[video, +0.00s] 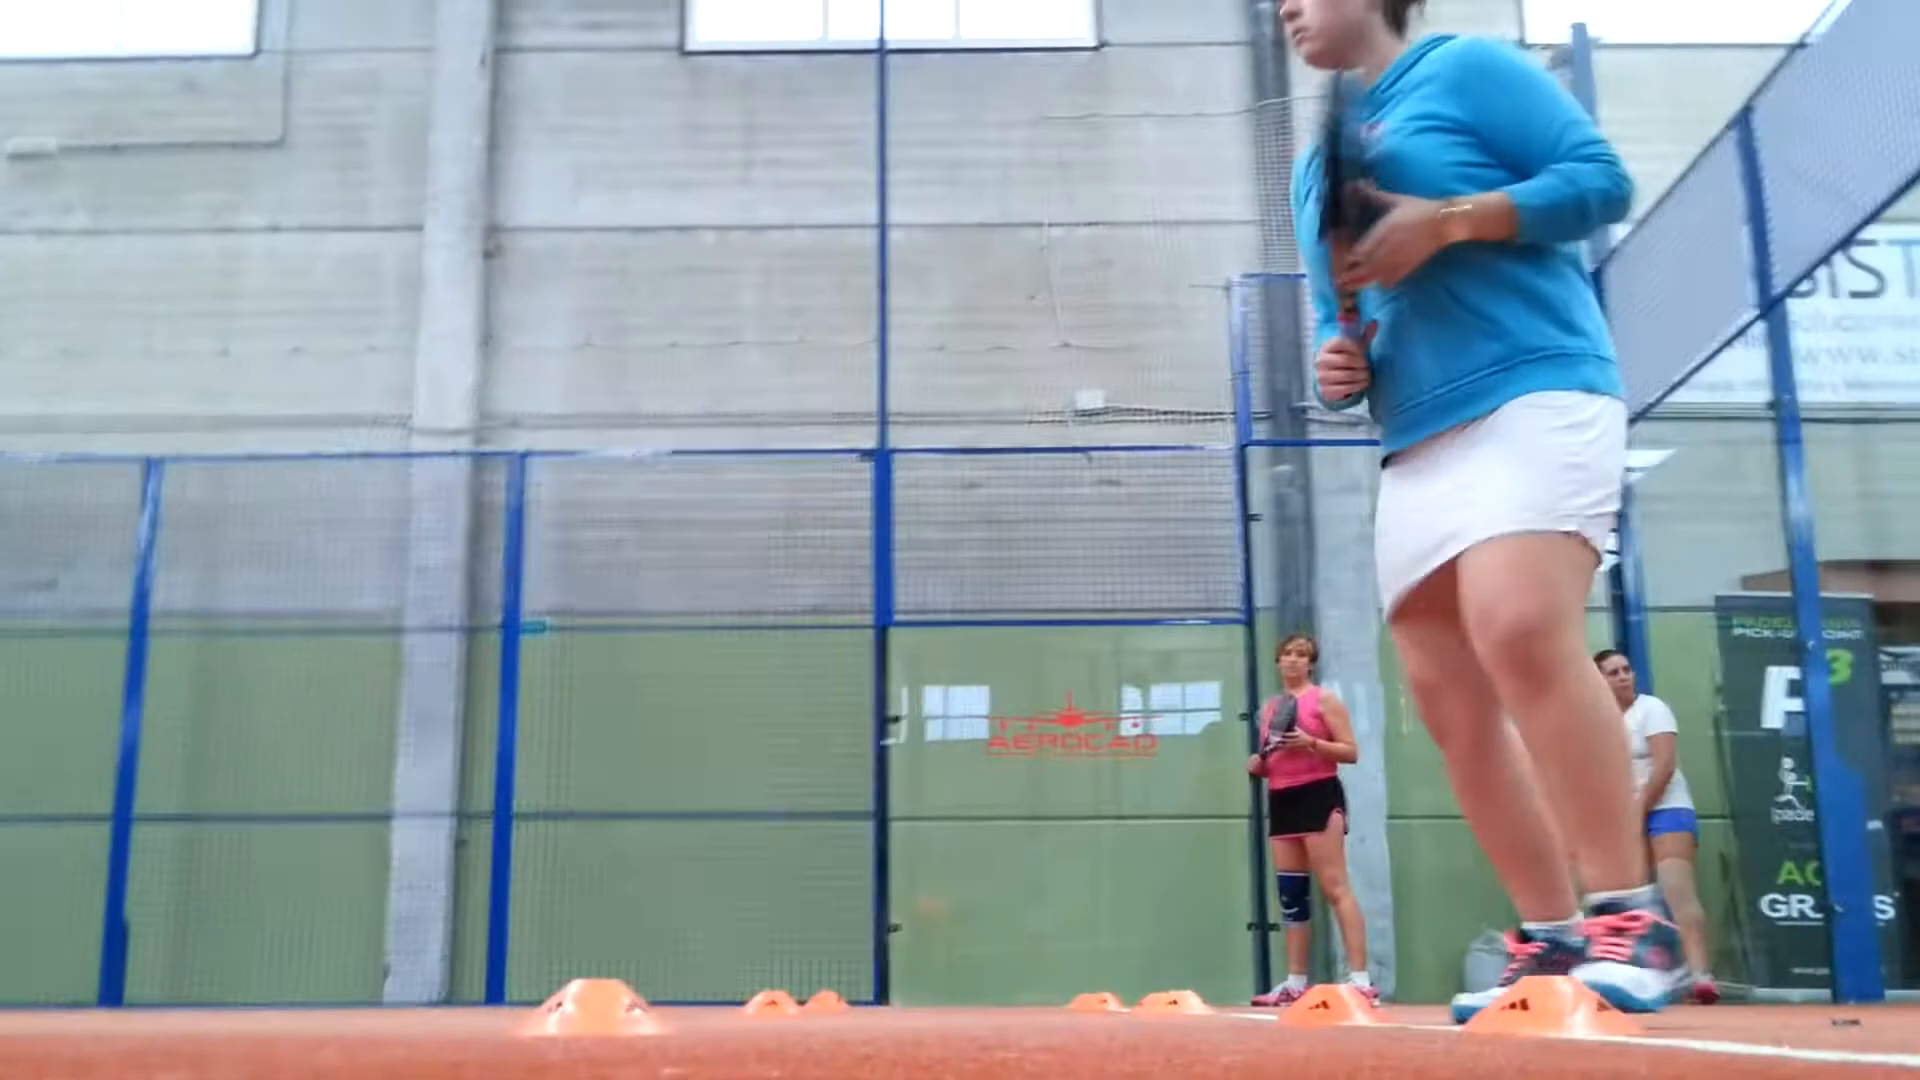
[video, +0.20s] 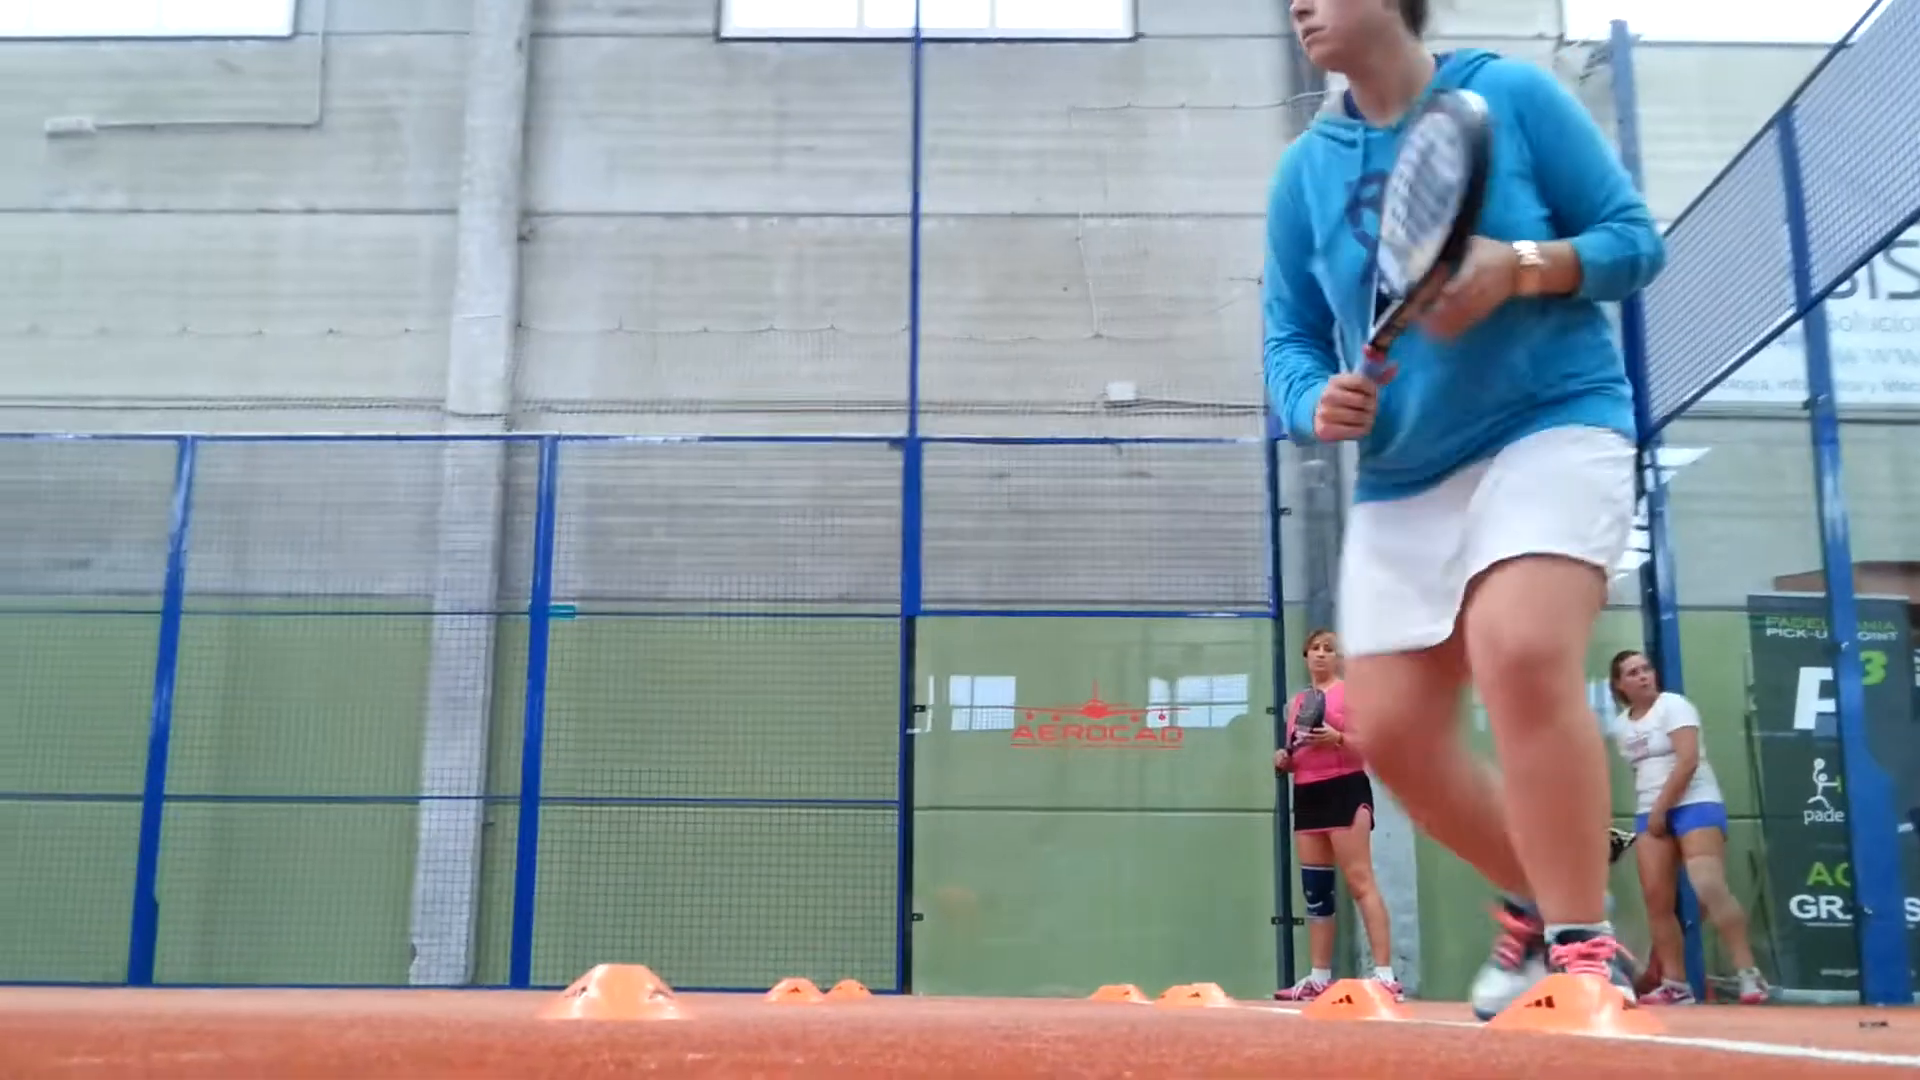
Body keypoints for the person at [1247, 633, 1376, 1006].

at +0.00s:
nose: (1294, 660)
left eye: (1301, 655)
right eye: (1288, 654)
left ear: (1312, 663)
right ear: (1278, 661)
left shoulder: (1325, 700)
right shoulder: (1270, 708)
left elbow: (1350, 751)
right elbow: (1270, 758)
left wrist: (1311, 743)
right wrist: (1259, 762)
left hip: (1318, 792)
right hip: (1281, 795)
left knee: (1335, 888)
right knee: (1292, 896)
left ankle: (1360, 978)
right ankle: (1296, 982)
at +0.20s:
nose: (1320, 654)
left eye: (1328, 649)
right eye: (1315, 649)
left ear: (1339, 658)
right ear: (1305, 657)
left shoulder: (1351, 694)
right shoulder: (1297, 702)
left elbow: (1368, 745)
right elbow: (1294, 752)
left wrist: (1338, 738)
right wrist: (1284, 758)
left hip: (1346, 786)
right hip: (1306, 789)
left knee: (1360, 883)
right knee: (1316, 891)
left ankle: (1385, 974)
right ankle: (1320, 977)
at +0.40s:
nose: (1318, 663)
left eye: (1326, 658)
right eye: (1313, 657)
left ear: (1337, 667)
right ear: (1304, 665)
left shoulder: (1350, 703)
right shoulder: (1295, 711)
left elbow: (1375, 756)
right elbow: (1290, 758)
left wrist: (1337, 746)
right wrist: (1282, 767)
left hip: (1344, 799)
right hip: (1305, 801)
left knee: (1359, 893)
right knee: (1315, 901)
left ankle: (1384, 984)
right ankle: (1319, 987)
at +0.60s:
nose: (1318, 664)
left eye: (1326, 658)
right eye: (1312, 658)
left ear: (1338, 665)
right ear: (1303, 665)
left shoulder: (1351, 702)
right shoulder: (1296, 710)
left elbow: (1376, 755)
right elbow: (1293, 763)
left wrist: (1337, 747)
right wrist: (1283, 769)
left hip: (1344, 800)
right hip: (1306, 802)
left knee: (1359, 893)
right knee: (1316, 901)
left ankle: (1384, 985)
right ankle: (1319, 987)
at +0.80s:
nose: (1305, 686)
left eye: (1312, 680)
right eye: (1300, 680)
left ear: (1323, 688)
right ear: (1290, 687)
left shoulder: (1337, 724)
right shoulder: (1282, 732)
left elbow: (1361, 777)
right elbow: (1278, 777)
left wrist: (1320, 769)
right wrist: (1270, 788)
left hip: (1330, 819)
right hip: (1292, 821)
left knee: (1345, 915)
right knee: (1302, 920)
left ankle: (1371, 1003)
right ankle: (1307, 1006)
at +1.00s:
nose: (1298, 678)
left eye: (1306, 672)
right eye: (1293, 672)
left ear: (1317, 681)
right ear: (1284, 679)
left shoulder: (1330, 718)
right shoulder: (1274, 725)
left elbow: (1355, 771)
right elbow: (1268, 774)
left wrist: (1319, 764)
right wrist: (1262, 783)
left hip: (1326, 814)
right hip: (1287, 817)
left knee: (1337, 909)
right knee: (1297, 915)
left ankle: (1365, 999)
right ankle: (1301, 1003)